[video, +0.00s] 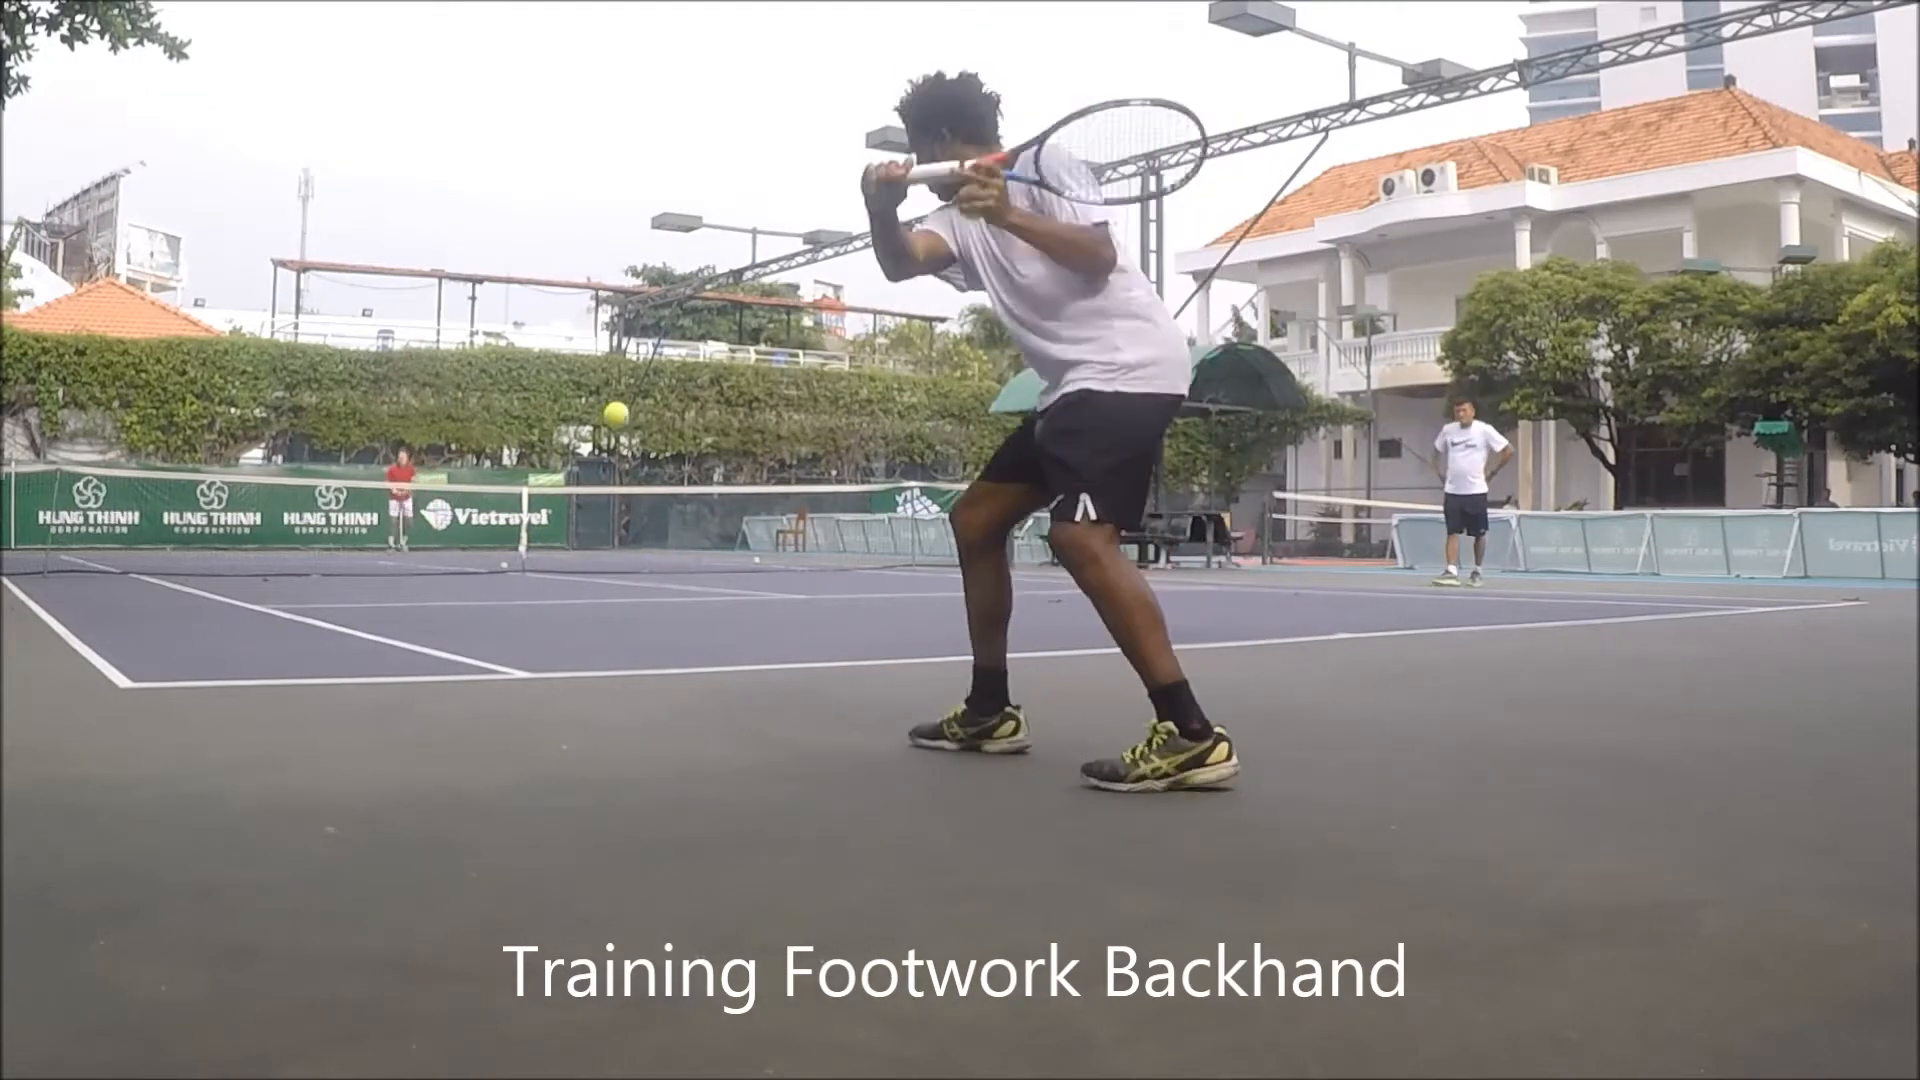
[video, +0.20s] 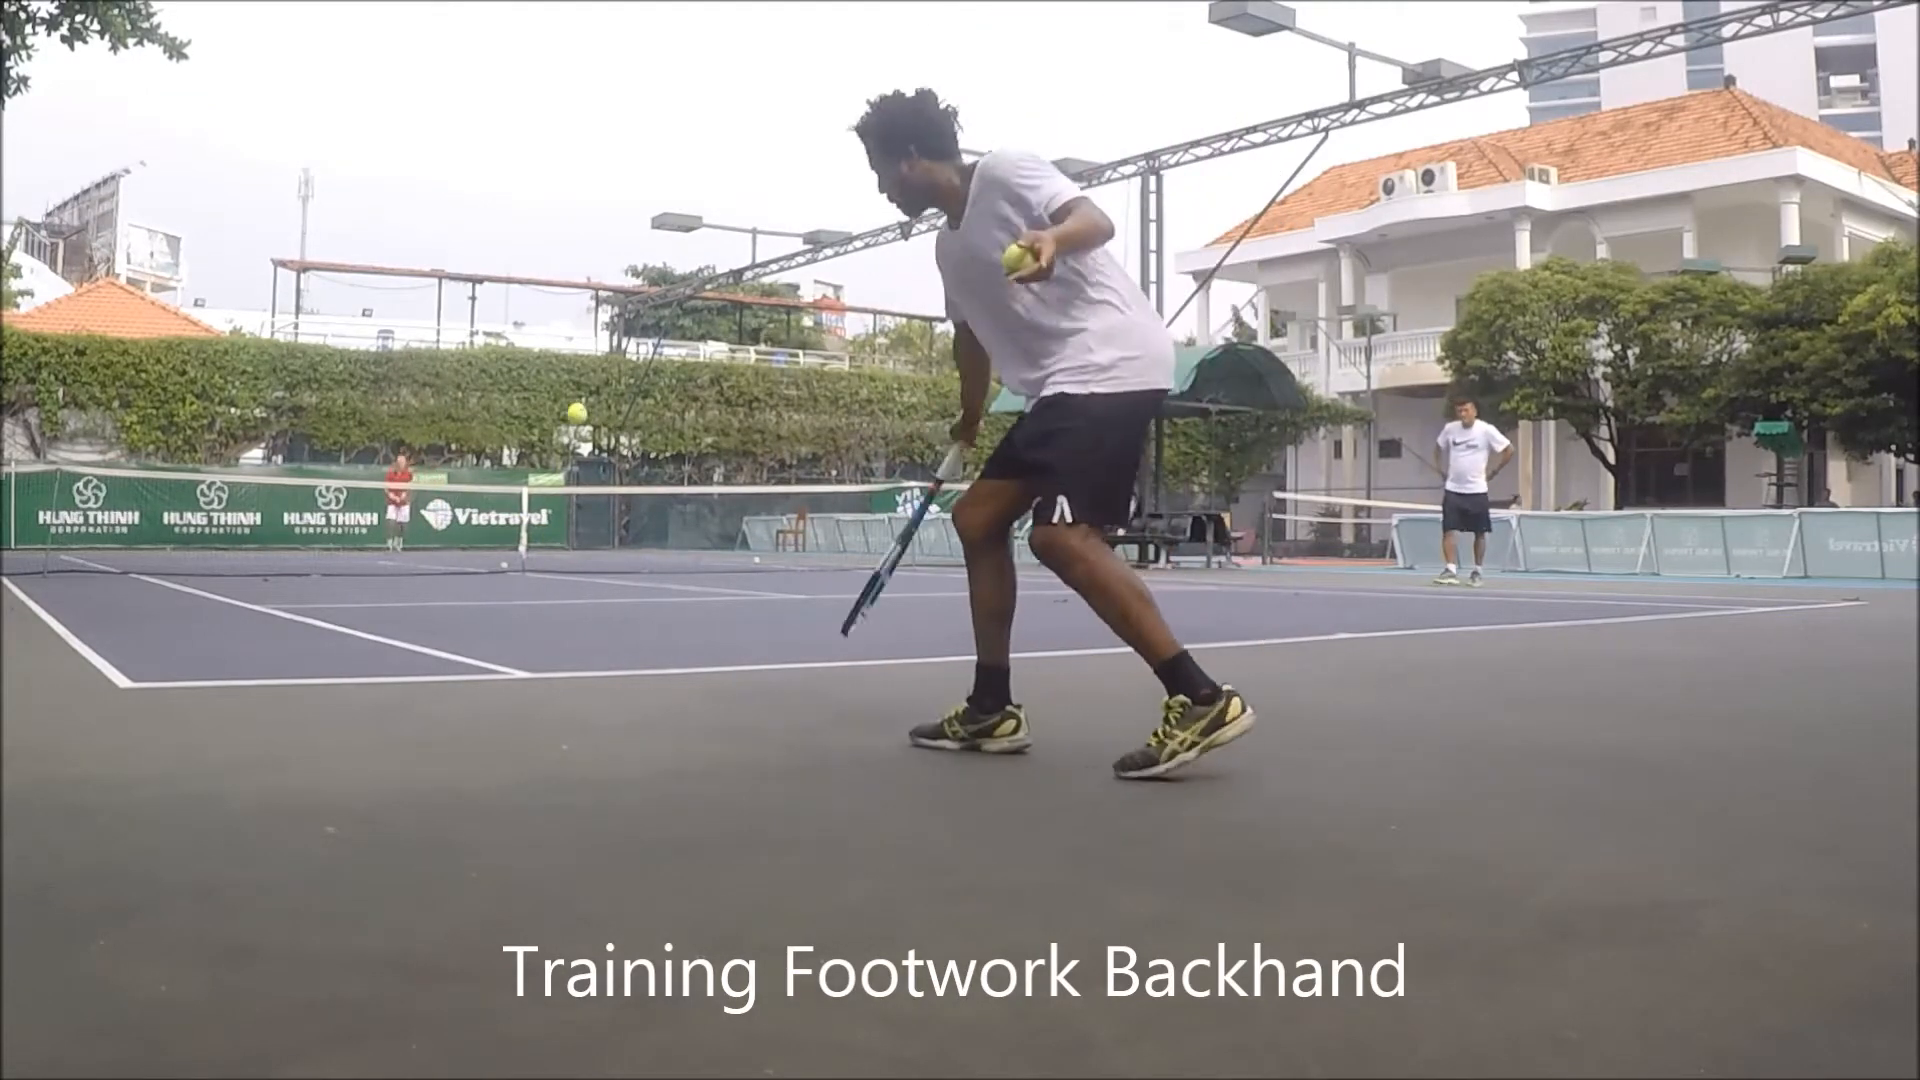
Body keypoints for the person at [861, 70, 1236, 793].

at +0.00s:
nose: (927, 169)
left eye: (927, 154)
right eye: (923, 159)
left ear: (951, 144)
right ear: (978, 143)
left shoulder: (1045, 162)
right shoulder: (964, 221)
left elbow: (1098, 254)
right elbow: (900, 262)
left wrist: (1007, 215)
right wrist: (881, 209)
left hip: (1133, 365)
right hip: (1073, 383)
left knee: (1081, 537)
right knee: (974, 520)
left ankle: (1189, 732)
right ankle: (989, 710)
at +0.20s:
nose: (881, 187)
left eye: (880, 170)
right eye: (875, 173)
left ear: (911, 159)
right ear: (917, 160)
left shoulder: (1004, 172)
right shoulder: (952, 249)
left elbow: (1095, 219)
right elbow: (970, 341)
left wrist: (1053, 240)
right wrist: (970, 422)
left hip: (1115, 363)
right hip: (1063, 380)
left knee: (1060, 535)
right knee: (976, 519)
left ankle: (1200, 700)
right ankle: (991, 708)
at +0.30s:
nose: (898, 166)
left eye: (895, 149)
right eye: (892, 152)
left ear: (921, 141)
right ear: (938, 136)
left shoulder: (1001, 161)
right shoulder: (983, 193)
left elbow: (1079, 226)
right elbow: (1044, 268)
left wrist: (1027, 268)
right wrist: (1007, 311)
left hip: (1107, 362)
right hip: (1066, 373)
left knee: (1053, 538)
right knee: (985, 518)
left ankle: (1207, 681)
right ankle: (991, 706)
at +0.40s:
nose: (936, 121)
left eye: (935, 106)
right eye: (933, 107)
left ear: (956, 103)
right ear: (1001, 92)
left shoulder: (1014, 144)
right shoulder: (1051, 141)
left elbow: (1055, 239)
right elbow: (1118, 212)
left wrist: (974, 315)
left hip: (1083, 364)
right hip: (1104, 360)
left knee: (1056, 538)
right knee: (999, 515)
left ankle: (1210, 678)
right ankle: (991, 705)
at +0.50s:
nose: (979, 81)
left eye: (981, 66)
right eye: (979, 66)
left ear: (1001, 68)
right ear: (1053, 63)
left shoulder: (1037, 135)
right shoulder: (1105, 128)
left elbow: (1036, 255)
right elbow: (1172, 187)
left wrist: (951, 322)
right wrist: (1120, 146)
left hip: (1077, 368)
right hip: (1130, 368)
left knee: (1078, 542)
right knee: (1020, 518)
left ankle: (1207, 688)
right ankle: (994, 704)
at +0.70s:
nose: (1060, 64)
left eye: (1062, 49)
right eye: (1061, 48)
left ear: (1079, 52)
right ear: (1137, 49)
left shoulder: (1084, 137)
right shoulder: (1195, 131)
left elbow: (1035, 261)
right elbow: (1262, 197)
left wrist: (981, 278)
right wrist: (1227, 174)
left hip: (1122, 373)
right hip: (1188, 373)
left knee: (1134, 545)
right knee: (1081, 533)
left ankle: (1240, 715)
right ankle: (1010, 698)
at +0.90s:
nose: (1113, 45)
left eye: (1117, 31)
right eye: (1122, 30)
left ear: (1125, 36)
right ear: (1192, 38)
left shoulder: (1127, 115)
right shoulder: (1243, 115)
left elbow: (1107, 237)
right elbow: (1303, 208)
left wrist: (1062, 269)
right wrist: (1291, 255)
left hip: (1167, 360)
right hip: (1240, 361)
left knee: (1182, 533)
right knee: (1158, 525)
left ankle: (1245, 719)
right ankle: (1132, 697)